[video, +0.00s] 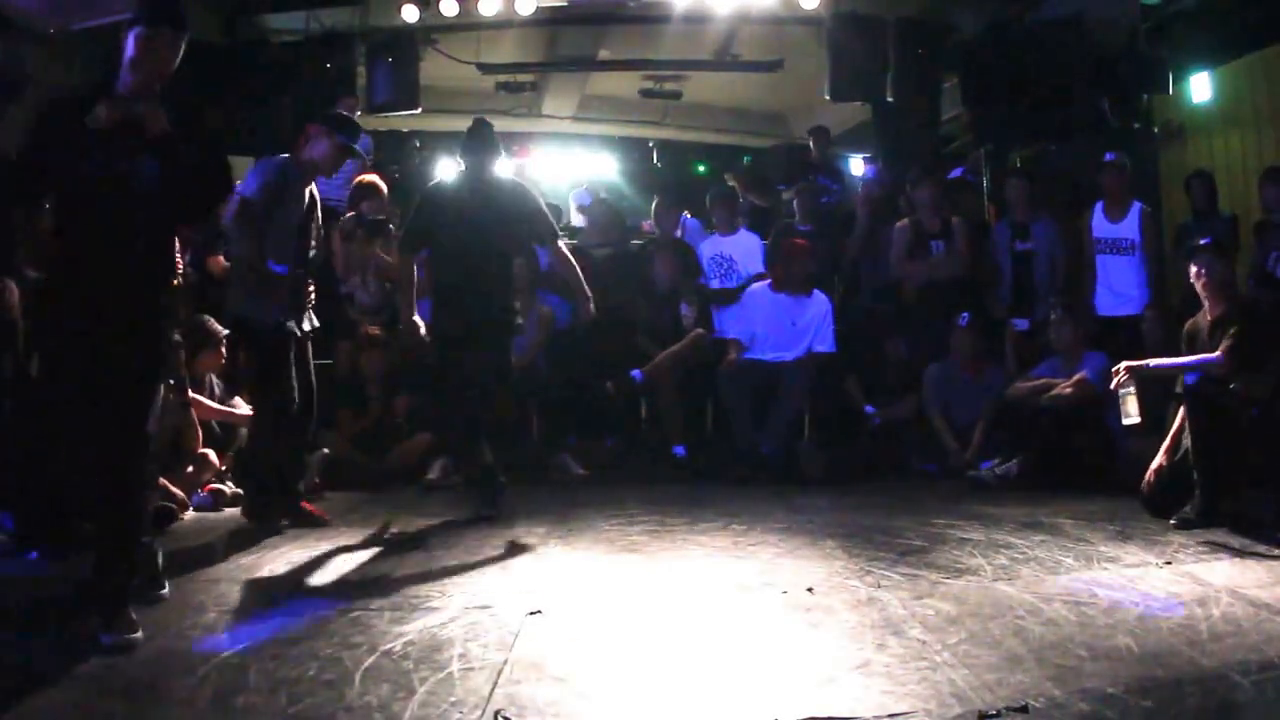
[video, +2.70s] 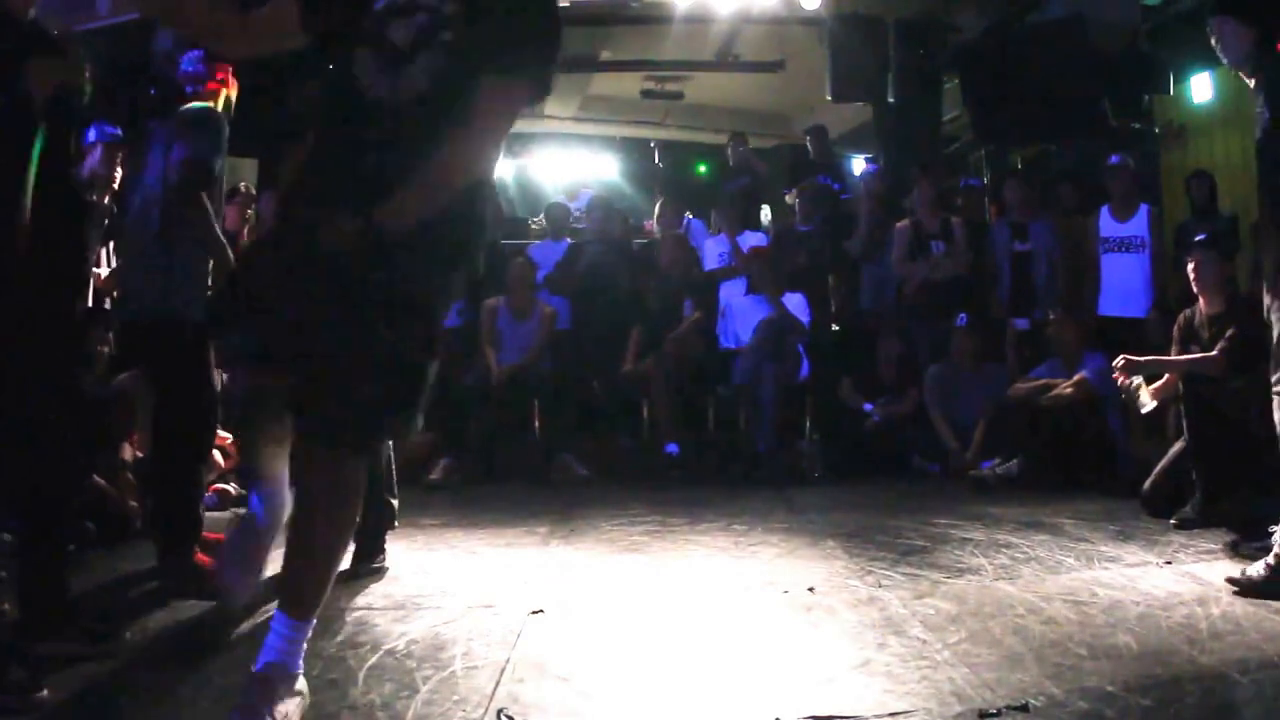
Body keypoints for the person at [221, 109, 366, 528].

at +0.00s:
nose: (340, 162)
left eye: (345, 155)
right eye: (337, 150)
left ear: (334, 153)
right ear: (311, 137)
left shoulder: (311, 195)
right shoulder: (272, 172)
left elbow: (308, 256)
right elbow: (237, 225)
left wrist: (307, 288)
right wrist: (265, 269)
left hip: (294, 315)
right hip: (263, 314)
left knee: (303, 404)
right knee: (278, 403)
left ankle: (289, 494)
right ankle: (261, 498)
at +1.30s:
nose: (303, 114)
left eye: (304, 105)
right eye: (294, 102)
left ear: (301, 115)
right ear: (262, 102)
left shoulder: (305, 179)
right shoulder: (211, 161)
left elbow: (307, 253)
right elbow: (165, 218)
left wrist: (298, 312)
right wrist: (180, 274)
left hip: (273, 316)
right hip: (208, 314)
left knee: (278, 429)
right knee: (202, 417)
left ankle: (270, 537)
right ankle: (225, 492)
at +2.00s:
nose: (259, 71)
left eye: (260, 60)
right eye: (249, 59)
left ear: (249, 69)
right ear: (217, 61)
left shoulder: (239, 137)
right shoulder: (185, 124)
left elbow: (232, 222)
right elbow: (148, 201)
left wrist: (256, 260)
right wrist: (196, 259)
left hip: (221, 303)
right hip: (175, 306)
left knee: (243, 423)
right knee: (182, 426)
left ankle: (216, 536)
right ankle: (180, 553)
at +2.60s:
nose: (236, 96)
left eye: (235, 86)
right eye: (232, 85)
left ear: (199, 81)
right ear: (216, 83)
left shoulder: (185, 120)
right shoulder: (192, 117)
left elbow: (172, 209)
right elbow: (163, 199)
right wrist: (207, 254)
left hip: (166, 297)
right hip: (167, 301)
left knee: (179, 422)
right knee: (183, 425)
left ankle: (179, 535)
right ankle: (179, 554)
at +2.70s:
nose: (233, 100)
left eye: (231, 94)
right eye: (231, 93)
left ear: (193, 88)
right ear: (221, 91)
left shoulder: (169, 126)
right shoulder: (205, 120)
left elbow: (128, 210)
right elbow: (190, 197)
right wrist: (229, 263)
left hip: (150, 301)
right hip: (176, 305)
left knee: (175, 422)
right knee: (191, 422)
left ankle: (171, 541)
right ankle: (179, 550)